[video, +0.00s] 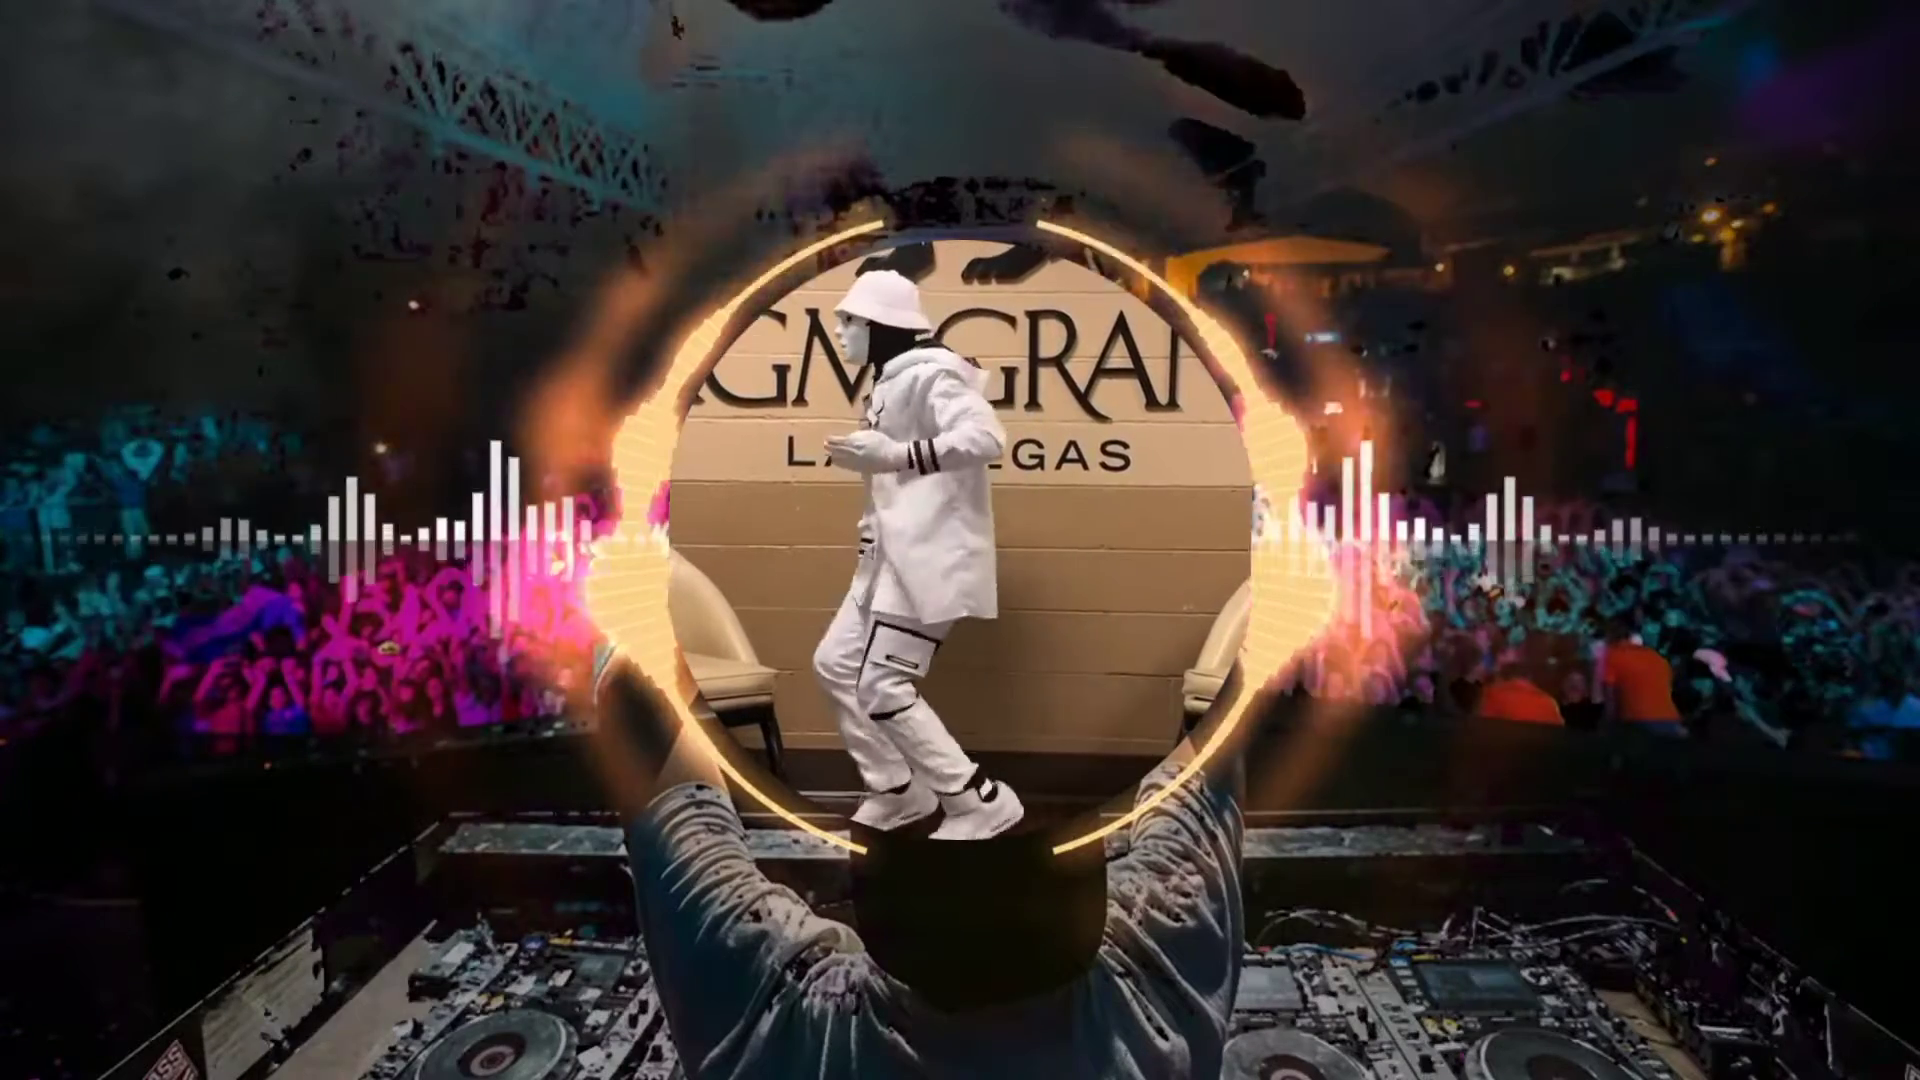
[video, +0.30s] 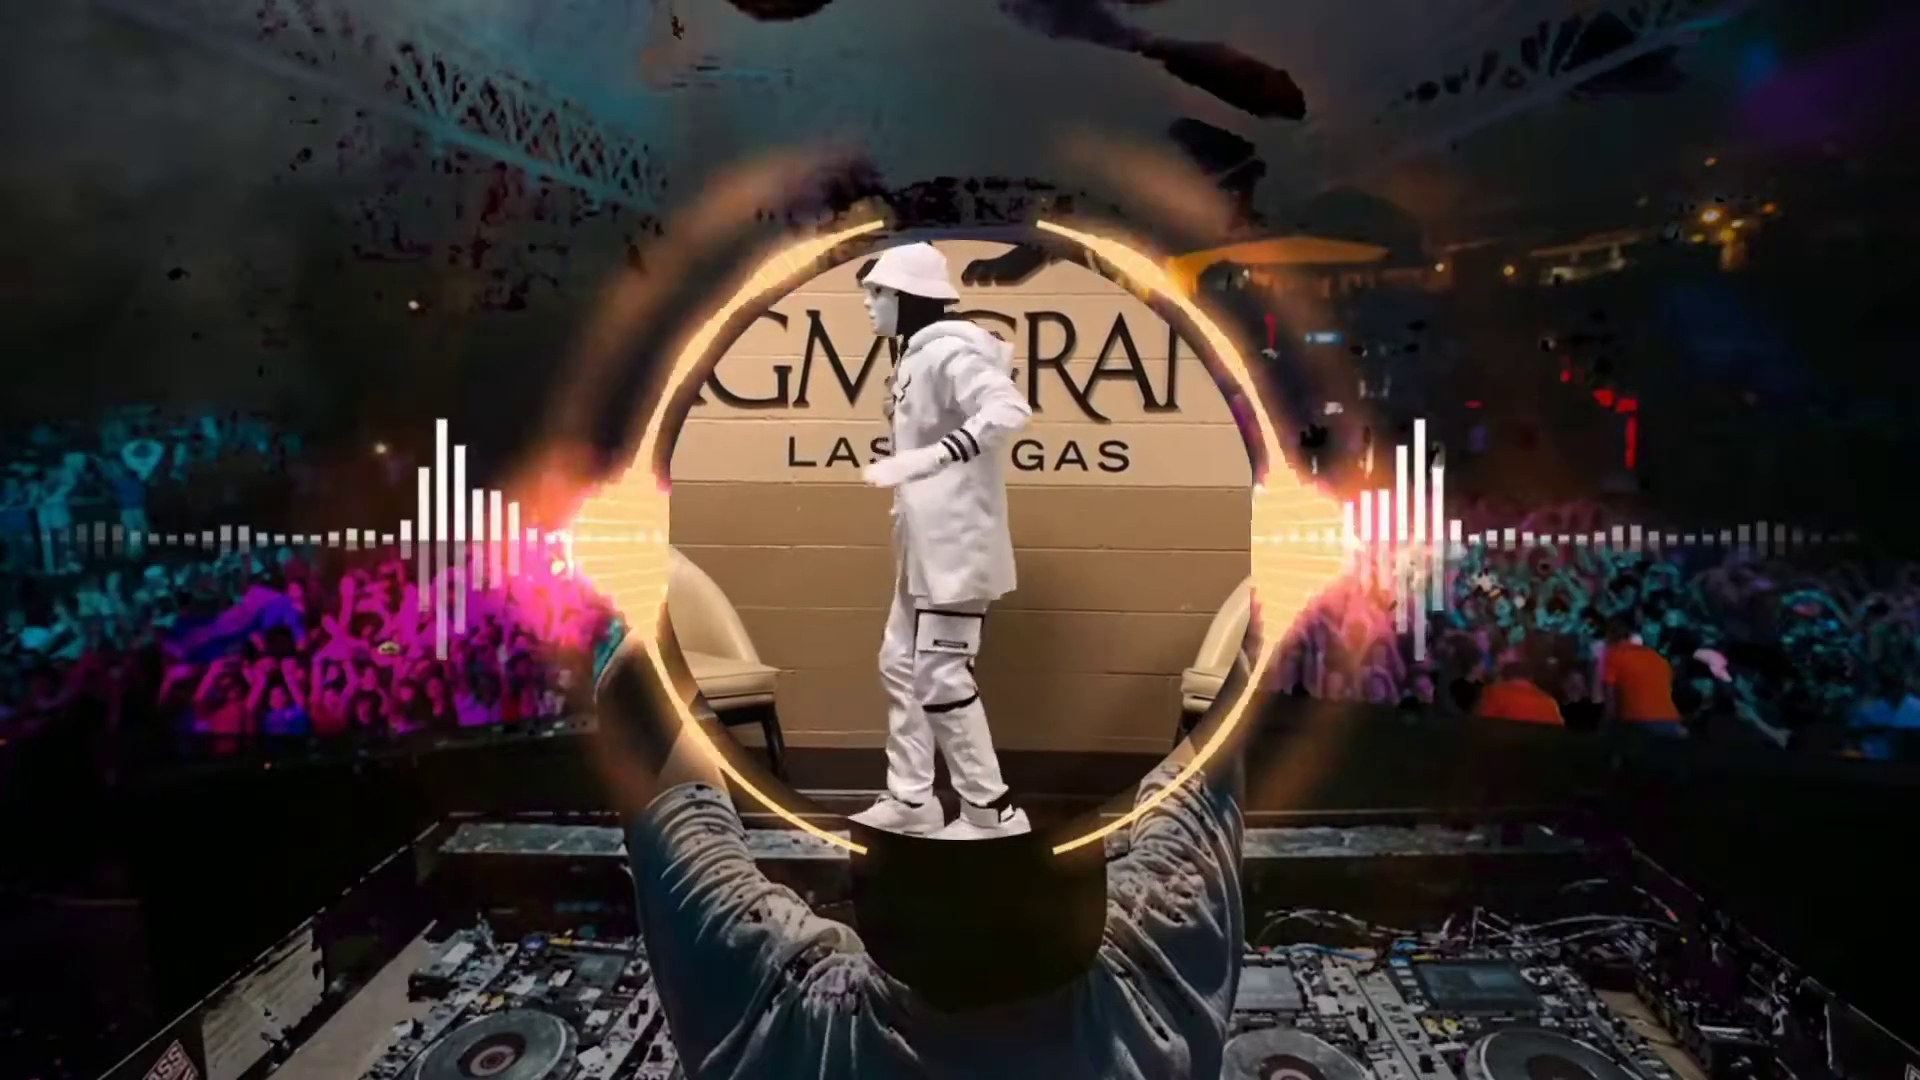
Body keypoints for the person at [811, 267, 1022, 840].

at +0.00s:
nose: (841, 332)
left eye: (850, 321)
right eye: (843, 320)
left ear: (881, 325)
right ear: (885, 326)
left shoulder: (932, 371)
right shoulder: (890, 382)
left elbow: (984, 437)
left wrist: (897, 455)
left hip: (931, 565)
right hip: (888, 562)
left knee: (884, 687)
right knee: (838, 665)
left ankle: (978, 800)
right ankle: (898, 791)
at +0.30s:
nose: (869, 304)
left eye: (877, 293)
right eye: (870, 293)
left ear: (908, 296)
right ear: (910, 296)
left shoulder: (950, 347)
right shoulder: (917, 355)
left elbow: (1008, 409)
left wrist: (927, 459)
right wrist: (899, 463)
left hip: (958, 548)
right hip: (923, 548)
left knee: (943, 673)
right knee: (901, 666)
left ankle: (989, 808)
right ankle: (912, 801)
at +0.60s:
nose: (905, 337)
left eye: (913, 326)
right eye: (906, 326)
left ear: (940, 327)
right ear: (946, 326)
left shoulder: (988, 355)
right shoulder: (957, 375)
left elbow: (1027, 394)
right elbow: (950, 485)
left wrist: (941, 400)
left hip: (987, 563)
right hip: (956, 561)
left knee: (931, 688)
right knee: (895, 645)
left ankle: (990, 811)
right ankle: (929, 781)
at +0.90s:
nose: (943, 339)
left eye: (952, 328)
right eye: (946, 327)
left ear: (982, 329)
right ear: (992, 329)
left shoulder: (1023, 360)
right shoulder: (1013, 374)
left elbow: (1053, 410)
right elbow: (1029, 477)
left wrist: (974, 417)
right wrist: (975, 502)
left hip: (1025, 573)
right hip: (1052, 571)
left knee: (964, 687)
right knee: (1021, 698)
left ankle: (988, 813)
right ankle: (1097, 809)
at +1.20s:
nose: (958, 338)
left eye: (967, 328)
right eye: (960, 327)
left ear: (1000, 331)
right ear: (1008, 331)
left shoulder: (1050, 386)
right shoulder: (1025, 387)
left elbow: (1112, 459)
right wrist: (1011, 508)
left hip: (1039, 580)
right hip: (1047, 580)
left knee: (963, 692)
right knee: (1017, 699)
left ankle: (988, 814)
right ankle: (1092, 803)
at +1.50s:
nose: (979, 350)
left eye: (988, 339)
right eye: (980, 339)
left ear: (1020, 344)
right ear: (1027, 345)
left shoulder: (1070, 398)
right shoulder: (1039, 402)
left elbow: (1114, 482)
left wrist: (1035, 500)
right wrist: (1031, 521)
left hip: (1099, 580)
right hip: (1074, 581)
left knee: (1069, 707)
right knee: (1040, 704)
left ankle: (1155, 815)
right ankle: (1123, 820)